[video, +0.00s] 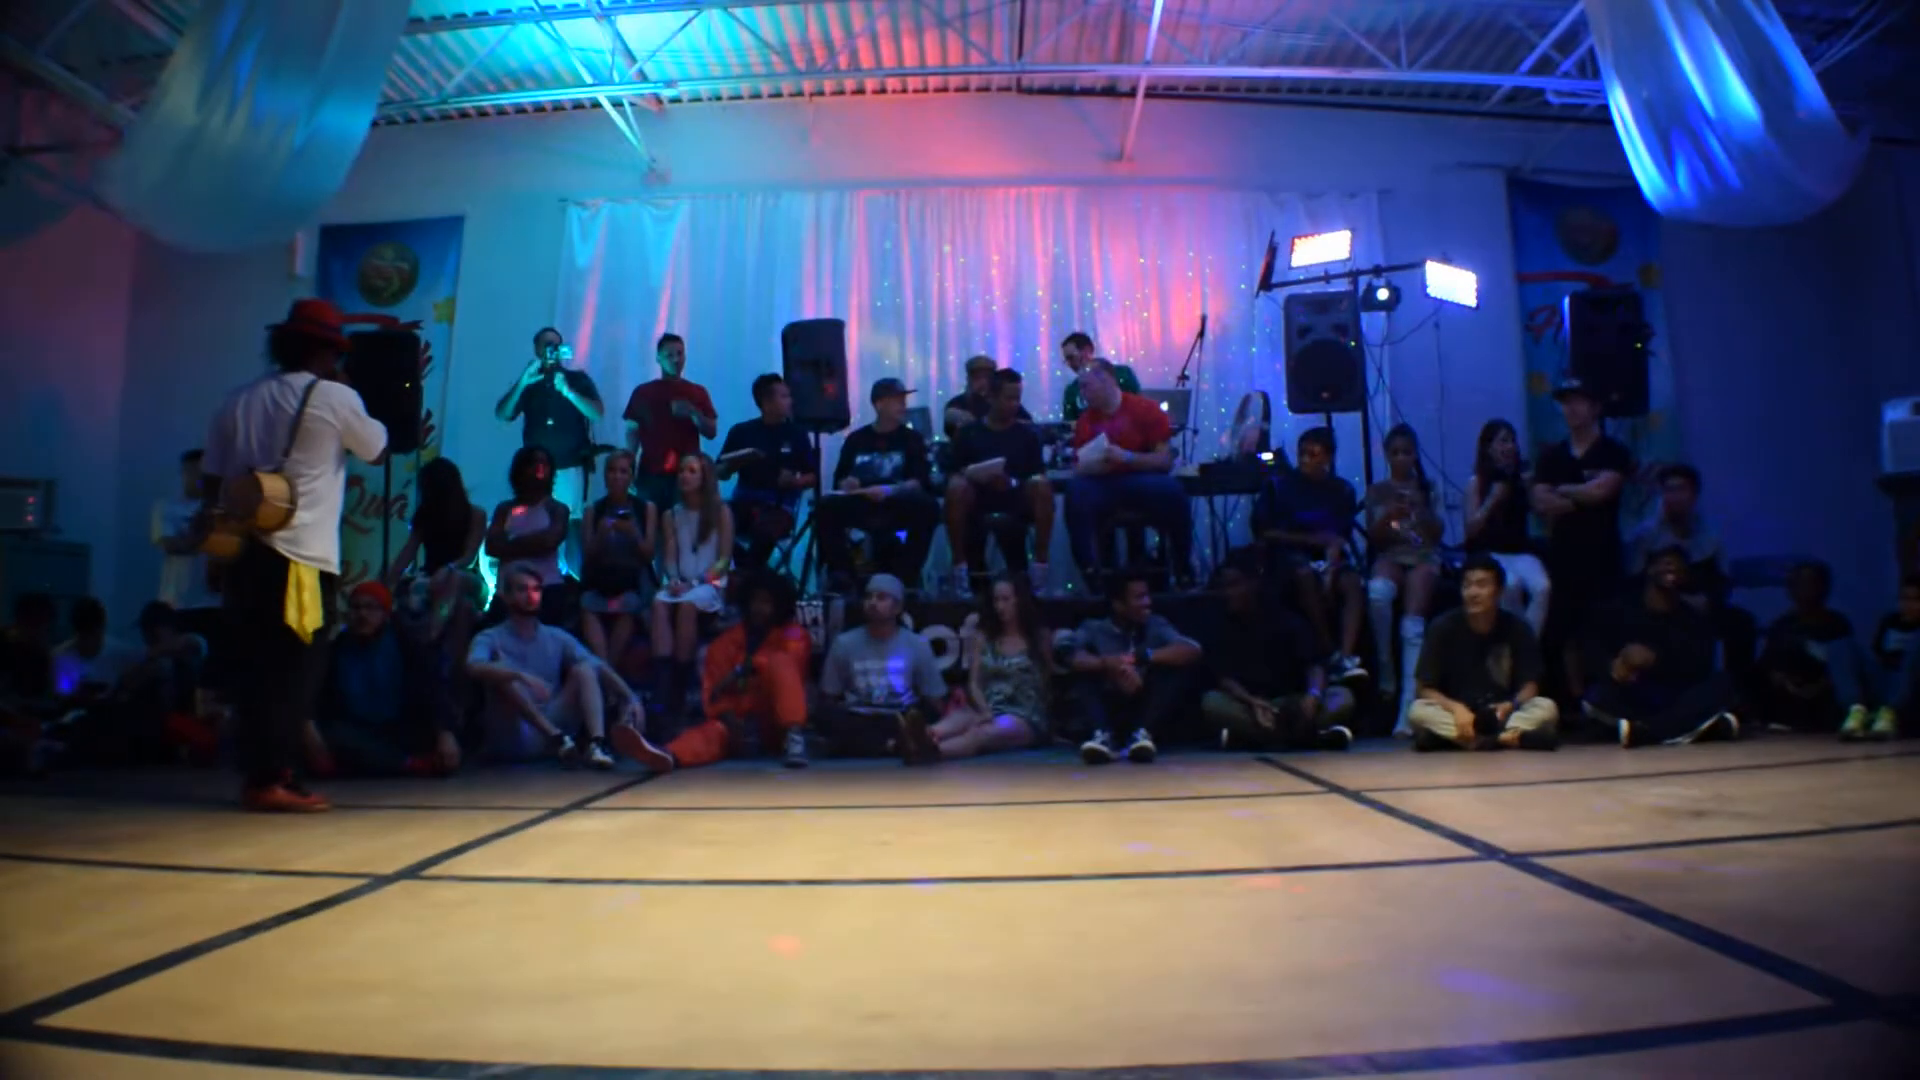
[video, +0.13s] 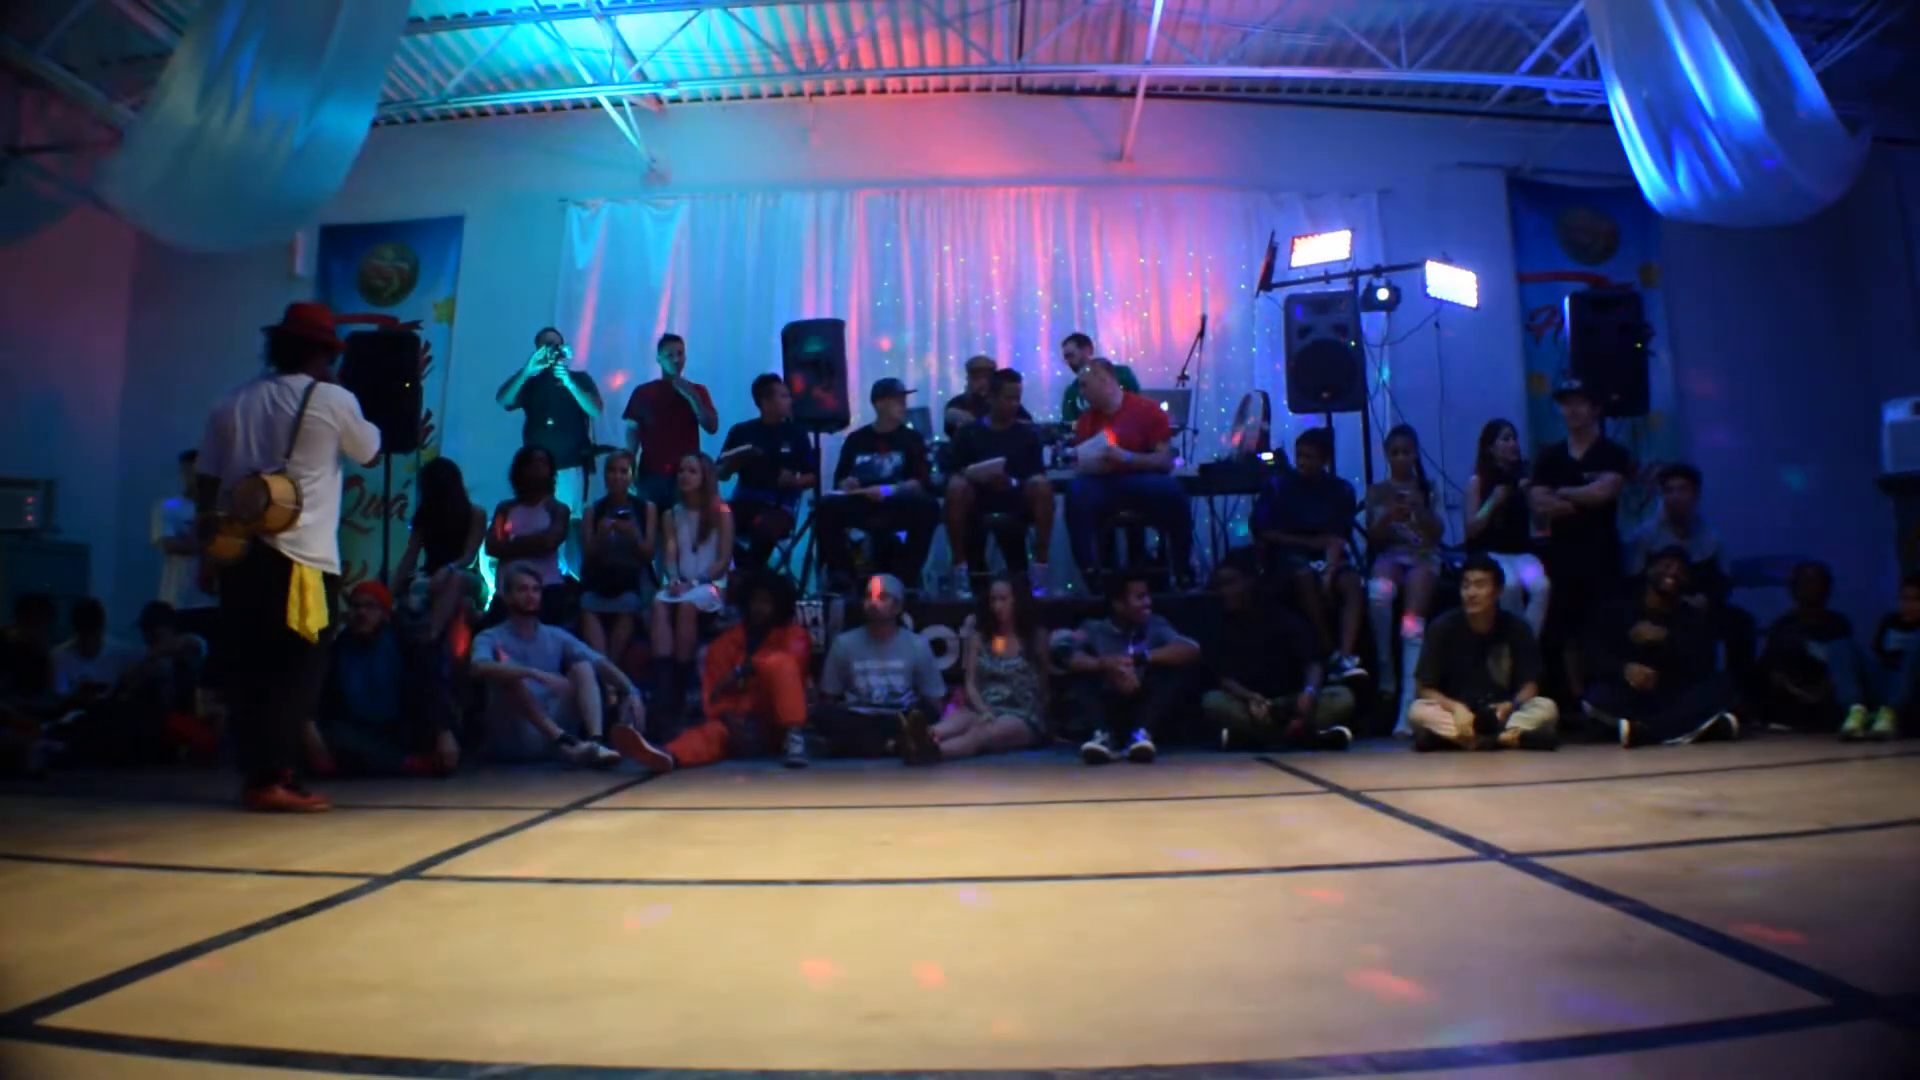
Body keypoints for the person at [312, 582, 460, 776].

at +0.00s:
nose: (362, 615)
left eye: (370, 608)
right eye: (356, 608)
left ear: (385, 612)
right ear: (349, 611)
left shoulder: (403, 644)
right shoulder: (340, 647)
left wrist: (444, 734)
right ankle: (403, 764)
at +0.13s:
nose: (361, 613)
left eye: (369, 607)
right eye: (356, 606)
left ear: (384, 612)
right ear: (349, 610)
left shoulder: (402, 644)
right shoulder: (340, 647)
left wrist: (444, 733)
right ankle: (402, 763)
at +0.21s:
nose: (361, 612)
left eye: (369, 605)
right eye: (356, 605)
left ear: (384, 611)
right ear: (349, 609)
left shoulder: (401, 643)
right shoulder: (340, 646)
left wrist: (442, 730)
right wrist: (313, 724)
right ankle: (403, 763)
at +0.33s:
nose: (362, 612)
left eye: (369, 606)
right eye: (356, 606)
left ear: (383, 611)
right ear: (348, 611)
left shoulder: (401, 643)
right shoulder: (338, 646)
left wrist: (441, 729)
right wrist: (317, 723)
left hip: (399, 722)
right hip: (353, 725)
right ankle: (402, 763)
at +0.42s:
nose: (364, 612)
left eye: (372, 606)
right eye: (357, 606)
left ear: (384, 611)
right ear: (349, 611)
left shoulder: (401, 641)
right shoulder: (338, 645)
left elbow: (424, 684)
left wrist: (441, 728)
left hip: (400, 719)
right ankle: (402, 765)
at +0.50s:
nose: (367, 614)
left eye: (374, 606)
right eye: (360, 607)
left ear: (386, 610)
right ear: (350, 612)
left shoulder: (402, 641)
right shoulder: (339, 645)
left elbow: (425, 684)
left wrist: (441, 727)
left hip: (402, 719)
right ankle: (404, 764)